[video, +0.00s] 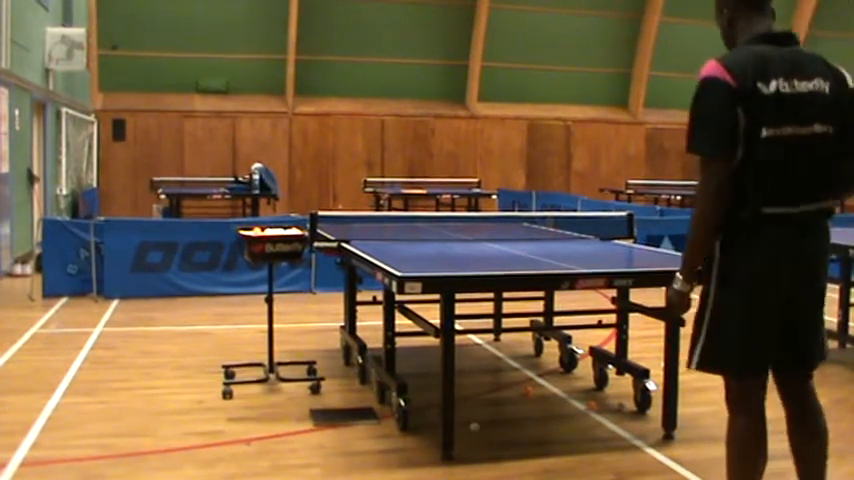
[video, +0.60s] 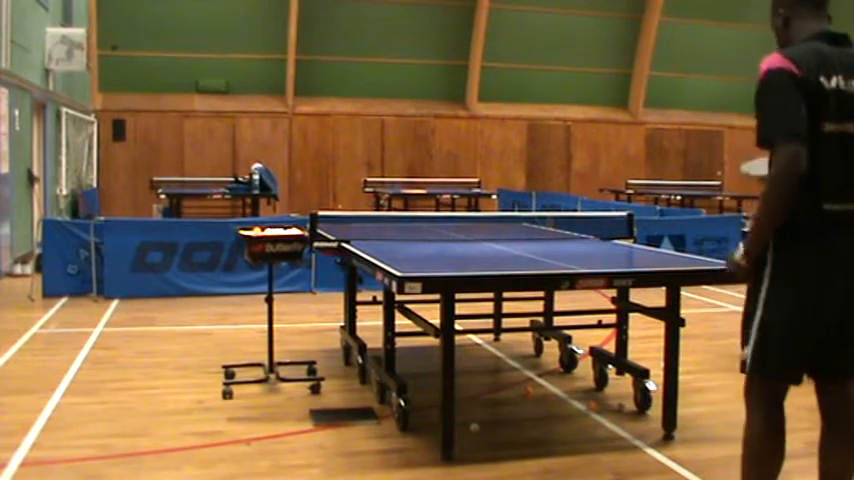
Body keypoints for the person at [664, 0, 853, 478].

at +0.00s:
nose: (718, 28)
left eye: (719, 19)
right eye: (720, 19)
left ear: (727, 16)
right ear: (772, 14)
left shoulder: (726, 75)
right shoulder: (832, 75)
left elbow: (715, 185)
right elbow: (844, 178)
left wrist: (686, 274)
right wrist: (808, 218)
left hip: (748, 250)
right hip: (810, 247)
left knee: (744, 398)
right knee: (798, 385)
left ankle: (744, 475)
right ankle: (813, 475)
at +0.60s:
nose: (774, 31)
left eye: (774, 21)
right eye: (774, 22)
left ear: (783, 17)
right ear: (825, 15)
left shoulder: (784, 67)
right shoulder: (851, 62)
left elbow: (790, 164)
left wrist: (751, 251)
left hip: (799, 254)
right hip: (847, 254)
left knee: (764, 394)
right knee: (840, 398)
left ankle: (757, 478)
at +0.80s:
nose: (776, 28)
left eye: (776, 18)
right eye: (776, 19)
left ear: (787, 16)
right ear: (827, 13)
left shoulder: (790, 65)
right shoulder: (851, 59)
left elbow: (789, 159)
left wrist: (751, 181)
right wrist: (775, 169)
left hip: (800, 248)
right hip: (848, 248)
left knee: (763, 392)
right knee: (839, 396)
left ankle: (756, 478)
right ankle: (836, 474)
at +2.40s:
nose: (642, 48)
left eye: (642, 41)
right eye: (643, 41)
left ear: (650, 39)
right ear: (688, 36)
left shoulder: (654, 82)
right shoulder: (731, 91)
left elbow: (621, 163)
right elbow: (713, 163)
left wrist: (597, 137)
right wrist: (629, 132)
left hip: (656, 232)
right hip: (709, 234)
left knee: (609, 350)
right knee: (692, 353)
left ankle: (601, 468)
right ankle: (690, 468)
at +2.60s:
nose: (610, 53)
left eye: (611, 45)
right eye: (613, 46)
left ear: (619, 43)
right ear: (658, 40)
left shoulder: (614, 87)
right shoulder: (701, 91)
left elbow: (585, 171)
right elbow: (709, 171)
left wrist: (570, 146)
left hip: (627, 236)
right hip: (682, 236)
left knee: (591, 355)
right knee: (681, 352)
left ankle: (565, 468)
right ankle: (689, 467)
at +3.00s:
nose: (550, 55)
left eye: (550, 49)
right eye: (556, 49)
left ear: (555, 49)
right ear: (595, 44)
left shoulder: (541, 97)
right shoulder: (640, 81)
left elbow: (524, 181)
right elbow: (677, 156)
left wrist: (515, 174)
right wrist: (631, 161)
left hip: (585, 234)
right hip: (643, 229)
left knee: (566, 358)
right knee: (667, 344)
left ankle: (561, 469)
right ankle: (679, 461)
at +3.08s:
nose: (550, 56)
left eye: (550, 50)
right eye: (556, 50)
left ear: (554, 50)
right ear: (594, 44)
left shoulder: (540, 98)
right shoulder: (639, 82)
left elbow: (522, 180)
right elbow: (677, 155)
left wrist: (520, 170)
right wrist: (629, 160)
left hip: (585, 235)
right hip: (644, 230)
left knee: (568, 359)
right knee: (671, 344)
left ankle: (561, 469)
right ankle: (687, 461)